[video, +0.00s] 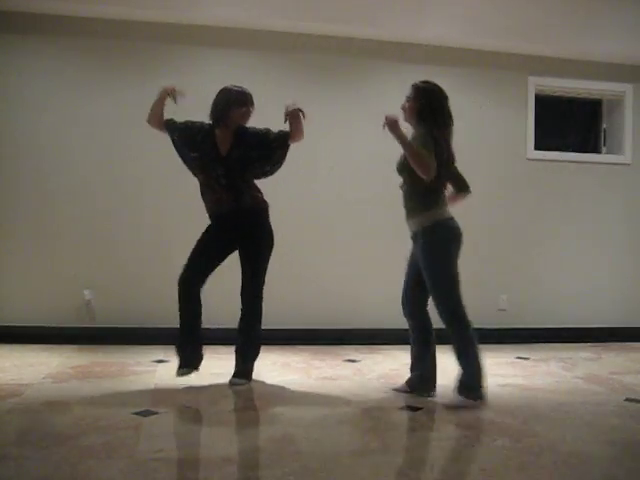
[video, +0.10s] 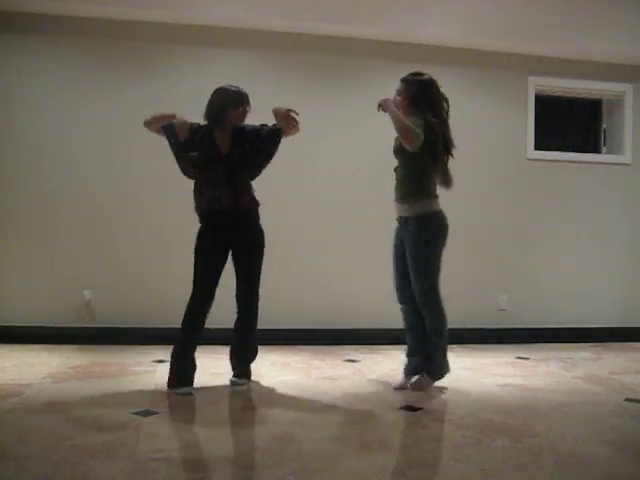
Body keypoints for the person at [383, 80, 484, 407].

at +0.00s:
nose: (403, 104)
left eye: (409, 100)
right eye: (406, 99)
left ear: (422, 106)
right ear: (427, 108)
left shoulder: (424, 135)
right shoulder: (433, 141)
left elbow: (427, 172)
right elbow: (462, 188)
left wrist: (399, 136)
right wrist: (434, 205)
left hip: (435, 235)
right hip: (430, 234)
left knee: (450, 310)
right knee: (413, 303)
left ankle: (472, 386)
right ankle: (422, 380)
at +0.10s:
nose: (395, 99)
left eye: (401, 94)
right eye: (397, 93)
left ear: (415, 99)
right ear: (417, 99)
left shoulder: (423, 124)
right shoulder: (415, 125)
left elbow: (411, 141)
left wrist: (393, 112)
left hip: (424, 223)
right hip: (407, 223)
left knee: (426, 296)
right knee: (407, 297)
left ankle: (435, 368)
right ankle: (416, 366)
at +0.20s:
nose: (392, 110)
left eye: (397, 104)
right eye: (392, 104)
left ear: (410, 105)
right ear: (405, 105)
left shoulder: (424, 135)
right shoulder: (405, 131)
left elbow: (400, 125)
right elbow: (390, 121)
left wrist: (381, 115)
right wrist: (380, 115)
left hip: (415, 229)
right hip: (391, 227)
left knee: (415, 298)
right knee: (387, 294)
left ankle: (427, 370)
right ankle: (394, 357)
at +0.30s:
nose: (384, 121)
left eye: (389, 116)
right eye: (384, 116)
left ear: (405, 119)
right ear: (394, 120)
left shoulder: (415, 150)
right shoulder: (398, 147)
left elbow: (389, 141)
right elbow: (379, 139)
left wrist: (360, 131)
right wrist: (358, 132)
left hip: (404, 240)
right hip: (382, 237)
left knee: (410, 307)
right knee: (368, 295)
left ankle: (428, 371)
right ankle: (362, 353)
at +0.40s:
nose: (378, 129)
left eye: (383, 124)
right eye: (377, 124)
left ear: (398, 129)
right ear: (377, 129)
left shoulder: (405, 163)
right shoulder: (383, 158)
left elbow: (380, 181)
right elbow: (355, 154)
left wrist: (346, 165)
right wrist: (369, 125)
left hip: (388, 240)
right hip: (370, 239)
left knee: (401, 306)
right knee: (355, 296)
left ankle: (430, 371)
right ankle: (351, 354)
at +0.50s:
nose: (367, 132)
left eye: (373, 128)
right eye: (367, 127)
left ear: (387, 134)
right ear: (366, 131)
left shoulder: (391, 163)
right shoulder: (365, 157)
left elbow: (384, 203)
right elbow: (331, 145)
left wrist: (348, 201)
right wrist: (342, 111)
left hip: (375, 239)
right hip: (355, 238)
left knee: (387, 304)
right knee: (341, 296)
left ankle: (423, 365)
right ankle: (353, 354)